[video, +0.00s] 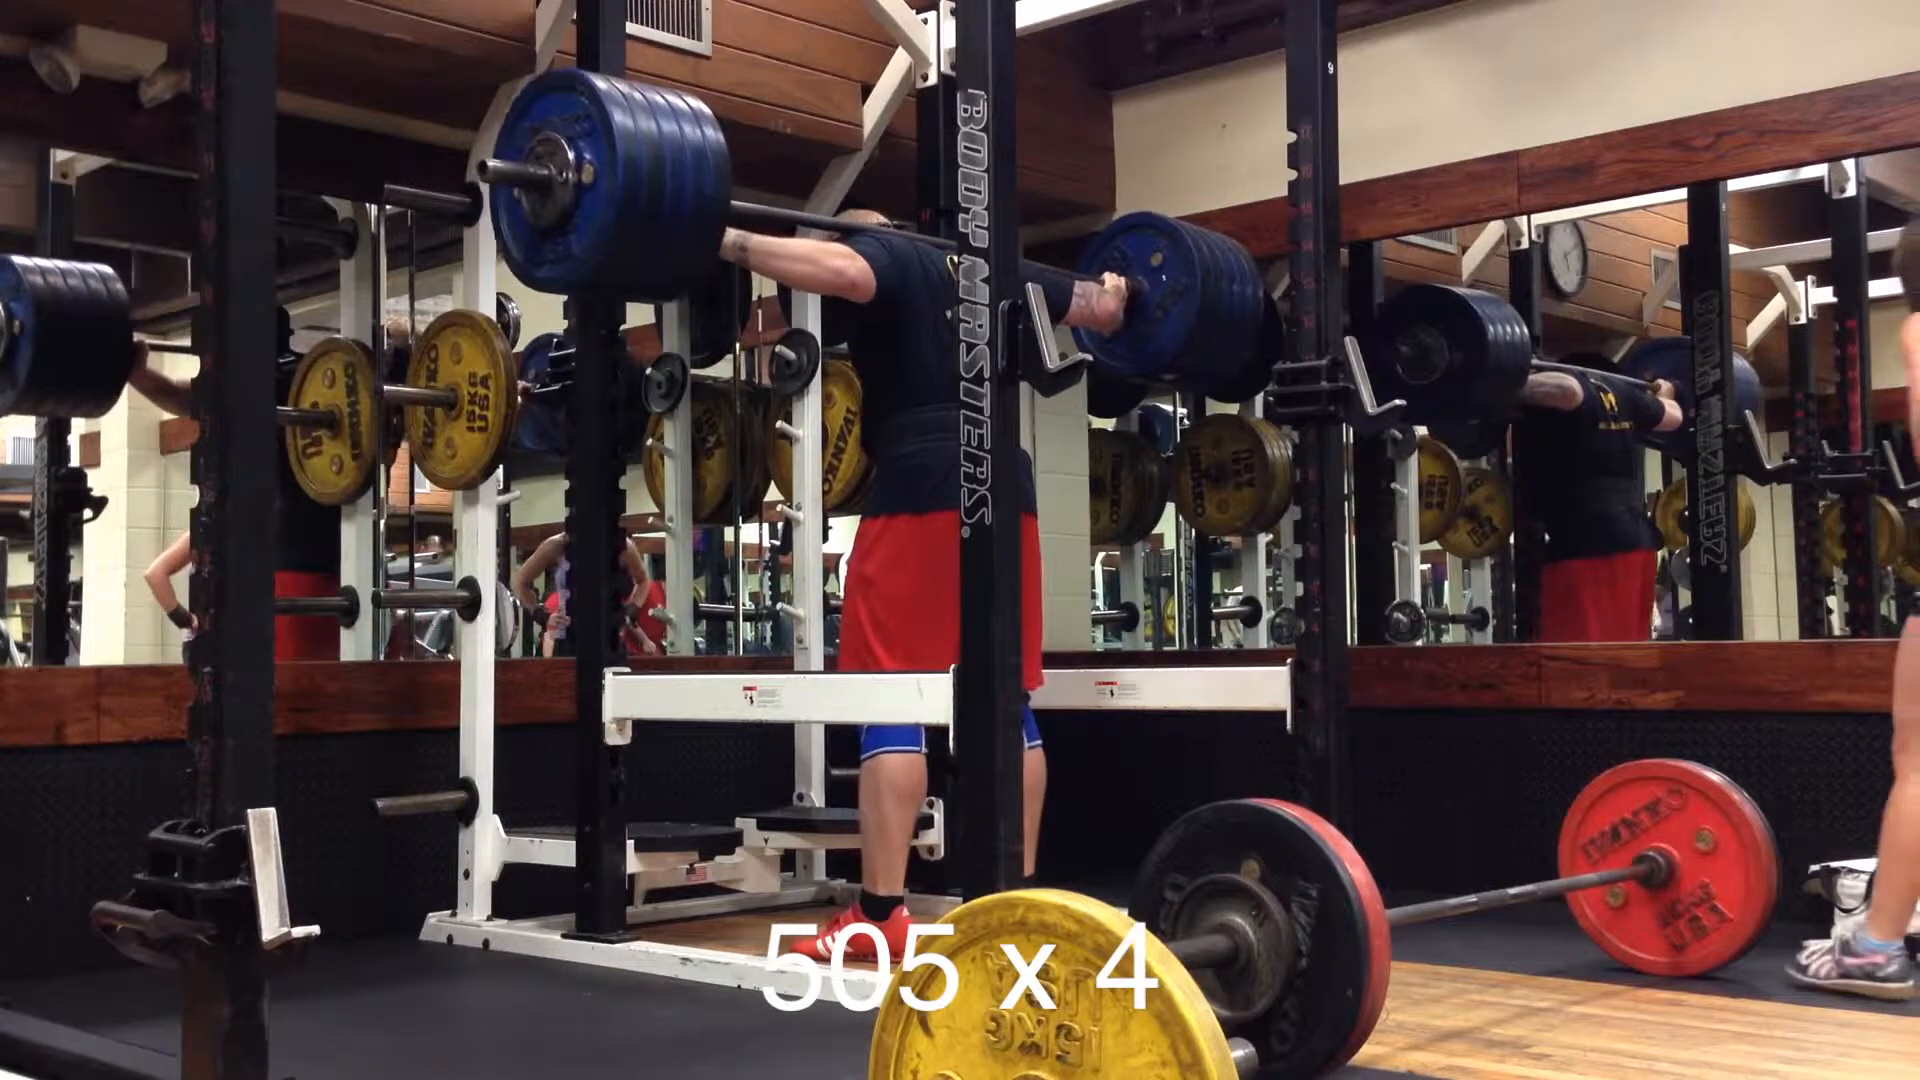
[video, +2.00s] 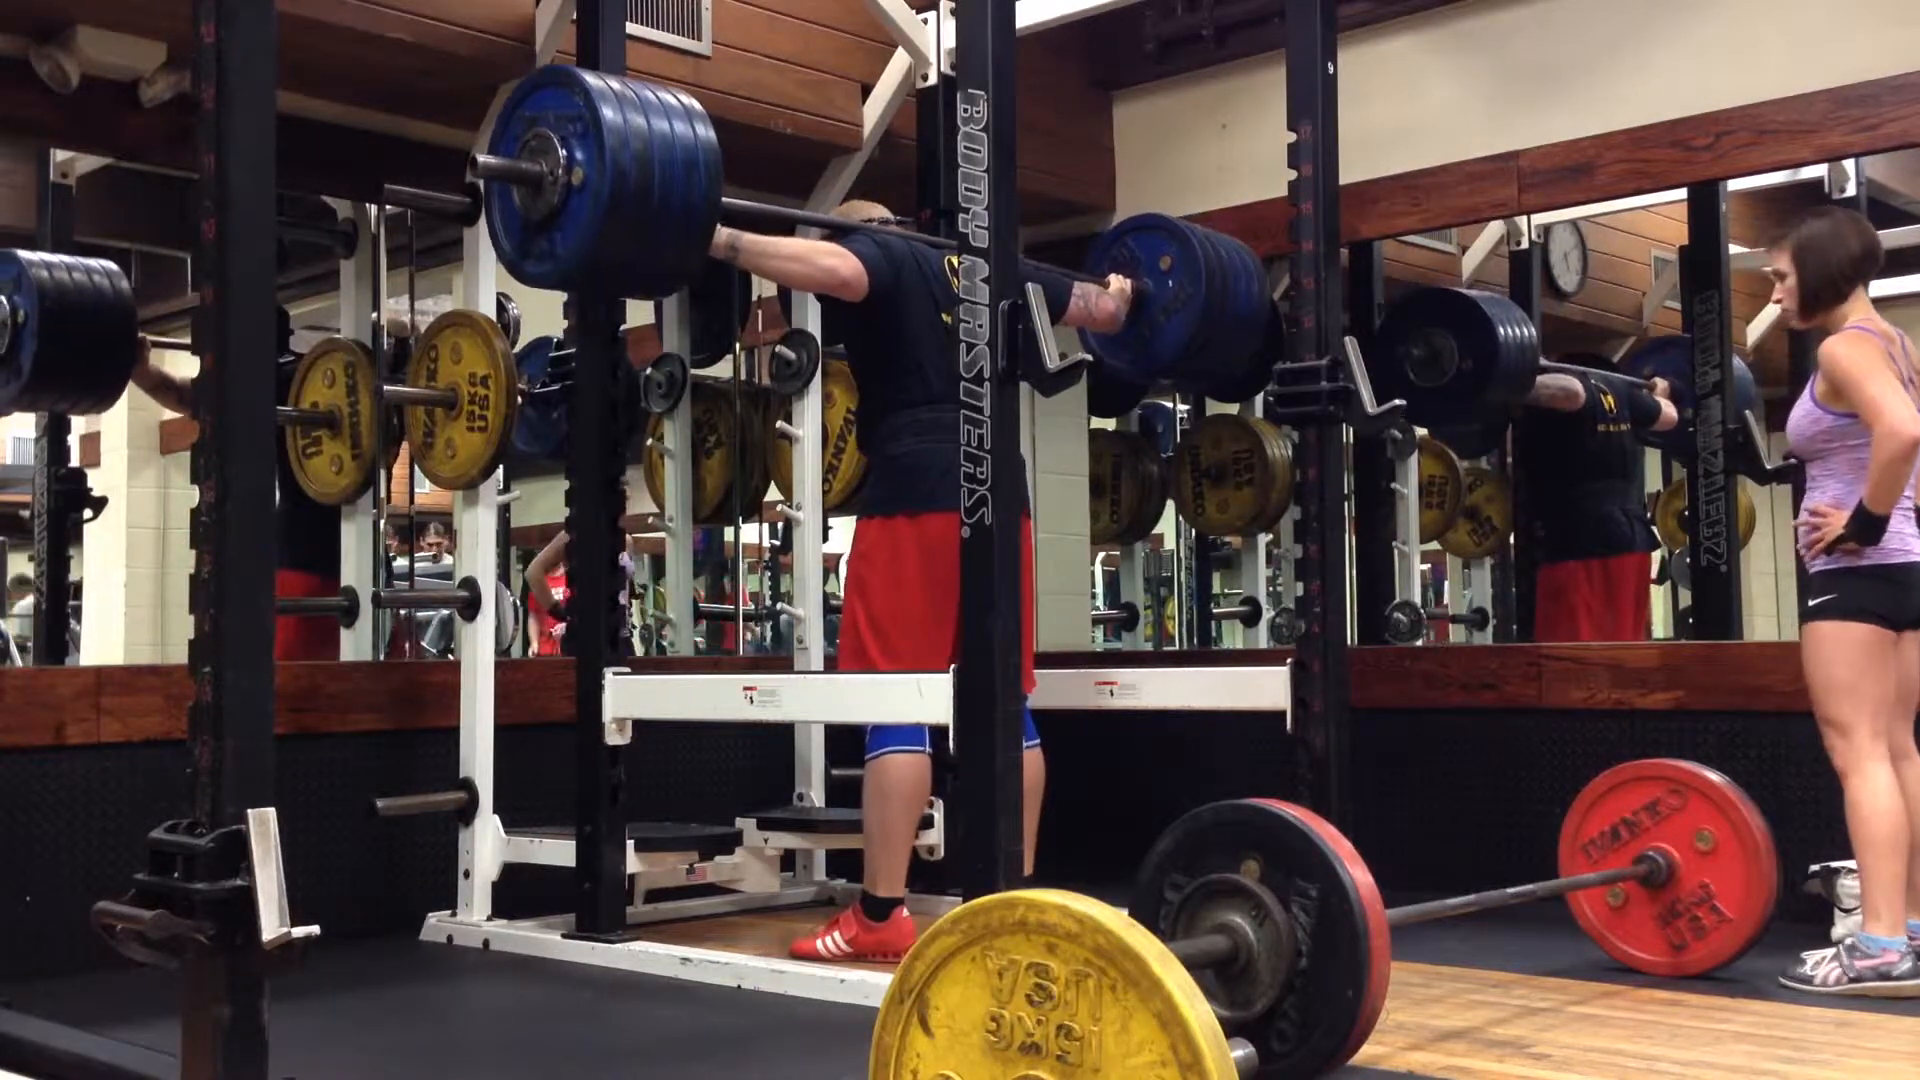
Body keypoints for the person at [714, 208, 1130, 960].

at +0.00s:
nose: (835, 254)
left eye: (833, 245)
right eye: (833, 247)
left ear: (856, 240)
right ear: (902, 226)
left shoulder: (886, 252)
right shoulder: (989, 268)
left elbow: (846, 270)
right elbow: (1098, 307)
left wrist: (730, 241)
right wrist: (1114, 291)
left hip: (918, 498)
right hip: (1007, 498)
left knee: (893, 709)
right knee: (1011, 711)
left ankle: (882, 909)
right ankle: (1016, 901)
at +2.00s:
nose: (832, 250)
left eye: (831, 241)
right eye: (830, 242)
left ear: (853, 235)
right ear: (902, 223)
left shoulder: (878, 249)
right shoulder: (987, 266)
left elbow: (840, 270)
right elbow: (1097, 308)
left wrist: (724, 239)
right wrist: (1120, 289)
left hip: (916, 500)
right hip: (1002, 501)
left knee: (897, 707)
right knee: (1007, 710)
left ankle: (882, 910)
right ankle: (1013, 904)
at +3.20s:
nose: (828, 251)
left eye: (831, 239)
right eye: (829, 239)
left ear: (851, 230)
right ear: (901, 220)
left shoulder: (867, 251)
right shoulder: (983, 268)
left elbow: (833, 277)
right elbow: (1090, 304)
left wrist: (718, 247)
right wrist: (1116, 278)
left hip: (912, 505)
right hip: (1002, 507)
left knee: (882, 708)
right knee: (1000, 712)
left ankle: (880, 911)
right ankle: (1010, 900)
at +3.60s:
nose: (826, 270)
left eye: (827, 256)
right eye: (827, 255)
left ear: (847, 244)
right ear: (903, 227)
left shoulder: (869, 258)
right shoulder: (982, 274)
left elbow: (836, 286)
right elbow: (1095, 310)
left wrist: (721, 259)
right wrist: (1117, 286)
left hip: (929, 501)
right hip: (1020, 500)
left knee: (872, 703)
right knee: (1004, 712)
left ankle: (878, 910)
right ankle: (1013, 902)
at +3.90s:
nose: (838, 294)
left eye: (840, 280)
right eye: (839, 283)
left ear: (860, 272)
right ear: (908, 264)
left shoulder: (876, 301)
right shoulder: (970, 313)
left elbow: (835, 328)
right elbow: (1071, 342)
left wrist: (715, 302)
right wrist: (1105, 343)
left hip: (947, 527)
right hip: (1045, 524)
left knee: (851, 703)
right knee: (1006, 713)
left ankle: (876, 911)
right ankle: (1013, 902)